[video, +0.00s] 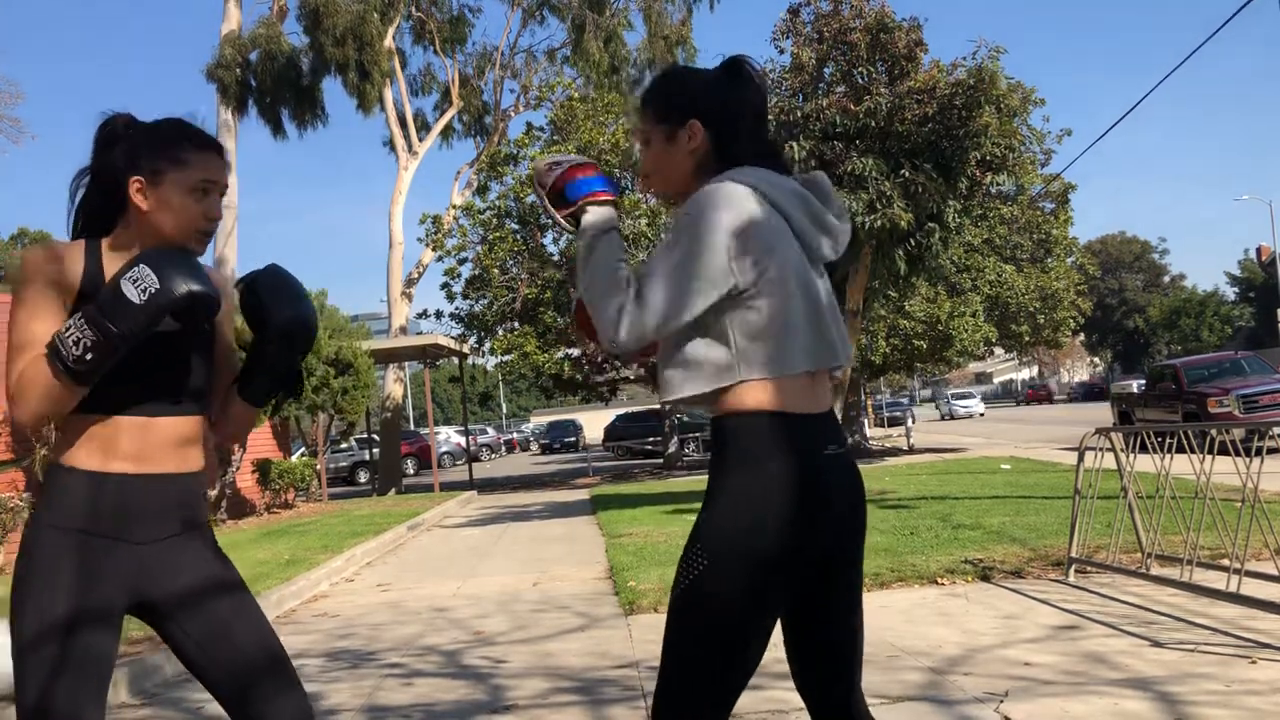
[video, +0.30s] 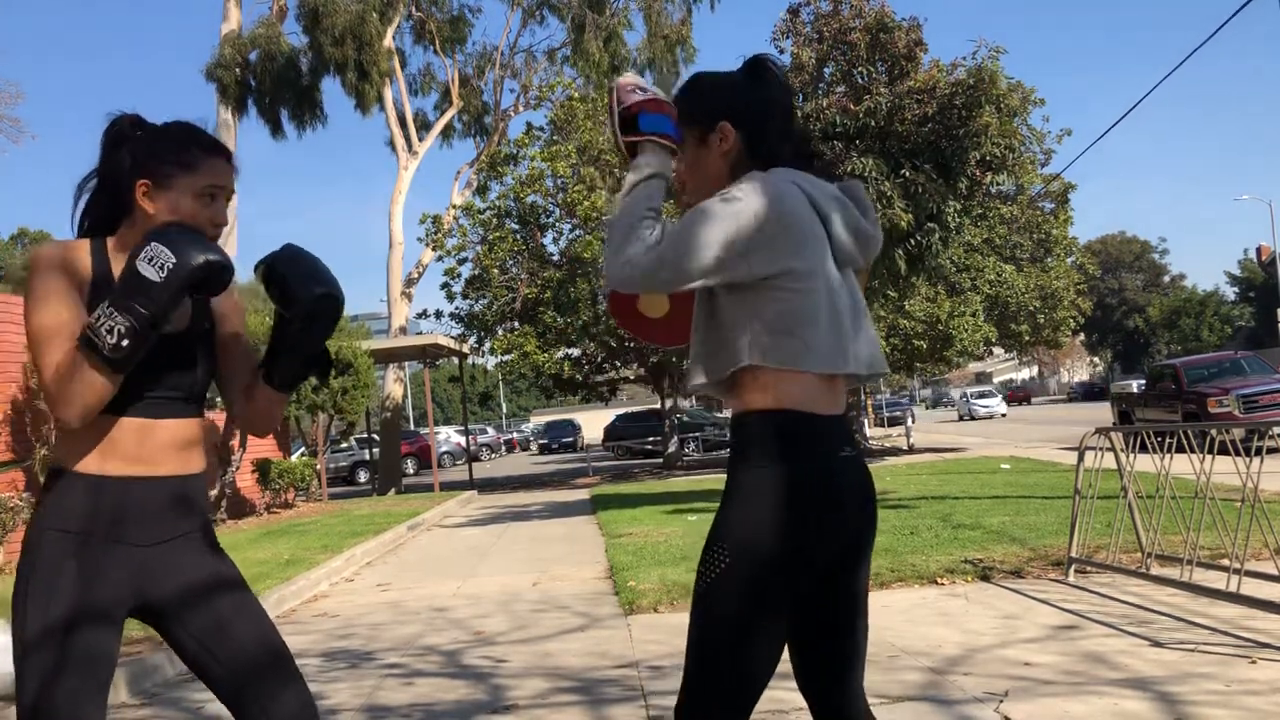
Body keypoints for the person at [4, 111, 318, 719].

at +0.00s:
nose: (218, 212)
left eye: (220, 195)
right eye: (204, 192)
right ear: (142, 192)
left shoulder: (210, 289)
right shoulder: (56, 265)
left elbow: (222, 429)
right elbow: (27, 411)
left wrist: (275, 360)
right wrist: (109, 321)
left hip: (183, 535)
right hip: (74, 536)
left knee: (284, 708)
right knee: (57, 710)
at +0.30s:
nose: (222, 217)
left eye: (226, 201)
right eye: (209, 198)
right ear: (147, 194)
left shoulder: (213, 288)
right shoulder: (60, 263)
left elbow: (257, 415)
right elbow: (71, 405)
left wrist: (299, 336)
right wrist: (140, 301)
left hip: (183, 533)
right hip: (77, 534)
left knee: (288, 707)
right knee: (59, 709)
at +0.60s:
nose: (211, 204)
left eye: (212, 188)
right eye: (195, 186)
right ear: (131, 188)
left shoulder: (220, 267)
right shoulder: (62, 271)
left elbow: (342, 322)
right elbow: (48, 421)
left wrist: (351, 255)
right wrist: (90, 312)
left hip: (208, 529)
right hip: (99, 533)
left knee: (313, 706)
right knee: (79, 711)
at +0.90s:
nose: (229, 225)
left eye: (234, 208)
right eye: (216, 206)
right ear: (151, 199)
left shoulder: (232, 273)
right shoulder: (74, 279)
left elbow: (339, 360)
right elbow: (76, 436)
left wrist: (360, 274)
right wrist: (112, 327)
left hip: (224, 536)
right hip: (115, 537)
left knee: (330, 707)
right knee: (83, 711)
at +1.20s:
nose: (218, 227)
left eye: (223, 212)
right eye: (205, 207)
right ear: (142, 199)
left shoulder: (212, 289)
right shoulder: (54, 280)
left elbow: (257, 419)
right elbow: (59, 430)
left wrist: (280, 316)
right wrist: (103, 319)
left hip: (202, 541)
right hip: (94, 543)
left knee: (313, 708)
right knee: (70, 710)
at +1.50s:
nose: (213, 215)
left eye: (216, 198)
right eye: (200, 196)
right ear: (134, 193)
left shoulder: (214, 282)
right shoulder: (56, 279)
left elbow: (291, 389)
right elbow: (47, 429)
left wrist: (297, 310)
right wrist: (94, 319)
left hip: (215, 531)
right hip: (107, 536)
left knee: (318, 707)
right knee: (84, 711)